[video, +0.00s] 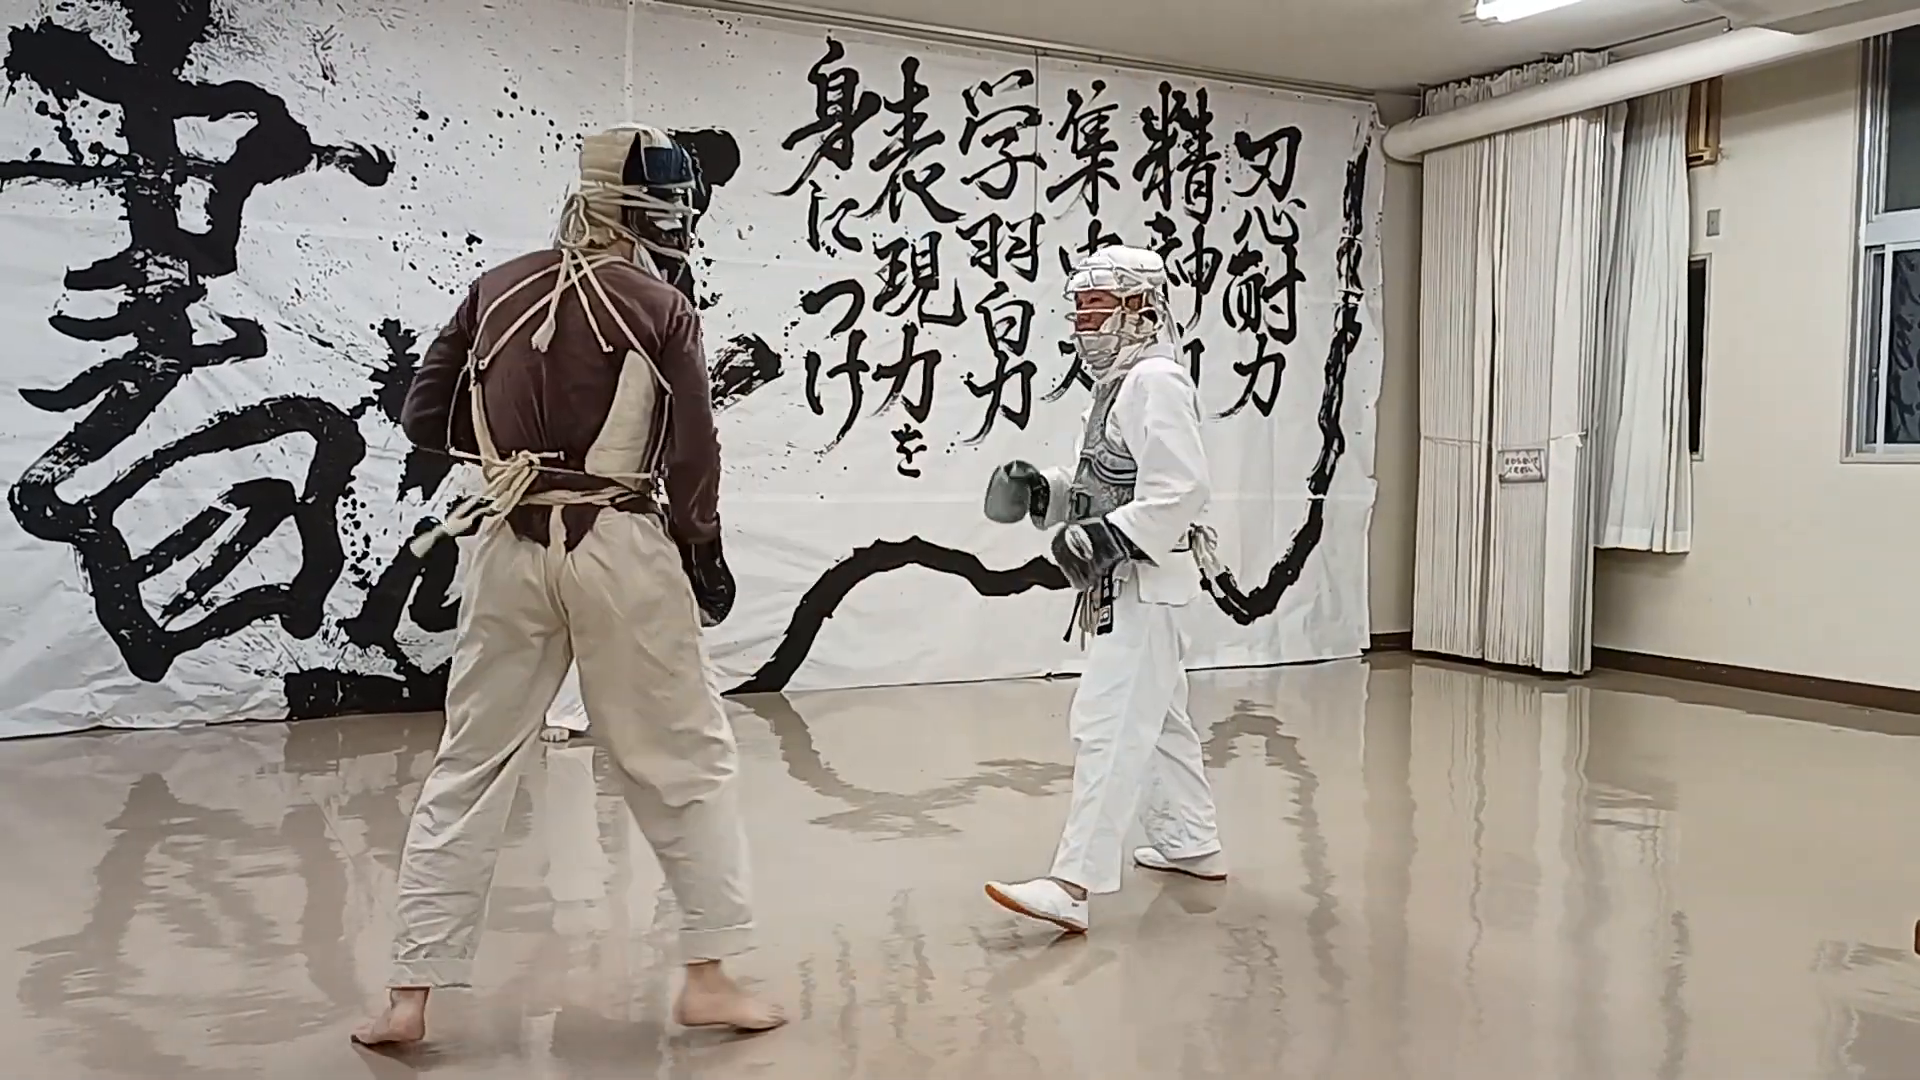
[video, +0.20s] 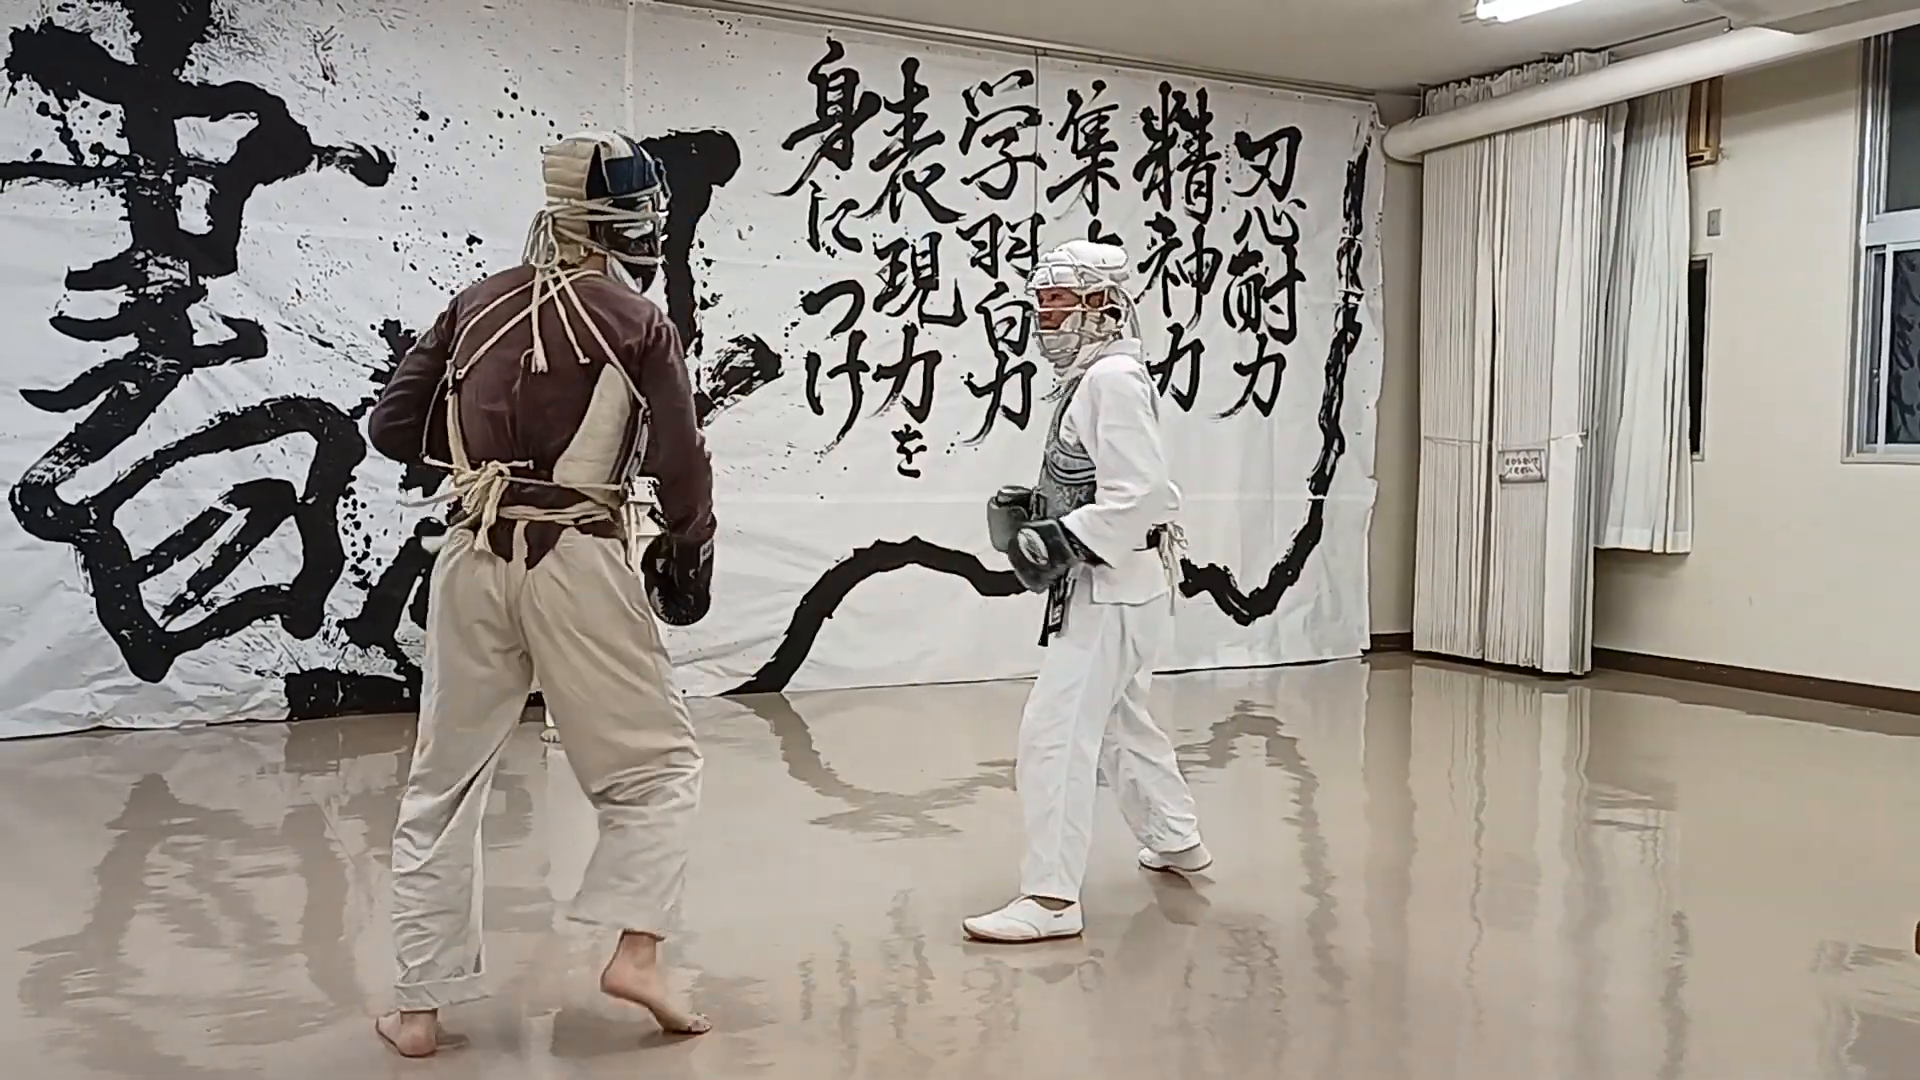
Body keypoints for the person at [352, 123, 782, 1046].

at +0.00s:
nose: (685, 228)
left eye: (684, 211)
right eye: (678, 212)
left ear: (586, 204)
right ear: (652, 214)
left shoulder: (500, 284)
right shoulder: (661, 301)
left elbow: (426, 413)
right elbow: (691, 447)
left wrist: (500, 444)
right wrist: (705, 547)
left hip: (505, 552)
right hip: (623, 553)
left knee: (469, 763)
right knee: (682, 757)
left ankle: (409, 994)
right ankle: (711, 972)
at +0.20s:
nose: (656, 235)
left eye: (653, 219)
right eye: (648, 221)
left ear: (556, 218)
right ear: (622, 225)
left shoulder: (477, 299)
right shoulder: (636, 317)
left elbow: (392, 424)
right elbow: (680, 457)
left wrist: (474, 455)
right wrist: (690, 550)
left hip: (470, 559)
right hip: (581, 562)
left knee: (441, 782)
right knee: (653, 764)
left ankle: (416, 1009)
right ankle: (639, 954)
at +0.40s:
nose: (673, 254)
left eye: (673, 240)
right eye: (667, 241)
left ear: (577, 230)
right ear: (642, 243)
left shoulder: (494, 305)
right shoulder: (644, 333)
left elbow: (434, 430)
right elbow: (662, 471)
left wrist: (508, 463)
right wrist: (701, 534)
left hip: (474, 554)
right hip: (584, 561)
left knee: (451, 764)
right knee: (676, 738)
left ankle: (419, 1000)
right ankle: (723, 936)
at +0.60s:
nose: (702, 284)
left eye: (701, 269)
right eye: (694, 271)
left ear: (614, 266)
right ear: (668, 276)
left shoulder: (538, 336)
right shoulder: (667, 360)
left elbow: (504, 466)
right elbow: (748, 483)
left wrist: (645, 511)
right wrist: (784, 415)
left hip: (508, 578)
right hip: (609, 584)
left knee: (483, 766)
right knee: (682, 753)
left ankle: (446, 945)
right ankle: (733, 935)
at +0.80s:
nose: (631, 296)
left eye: (626, 282)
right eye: (623, 282)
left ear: (538, 285)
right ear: (607, 286)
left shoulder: (481, 364)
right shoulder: (620, 358)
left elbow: (467, 501)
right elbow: (685, 452)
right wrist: (737, 481)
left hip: (489, 601)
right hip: (594, 601)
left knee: (404, 753)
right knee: (677, 760)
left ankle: (305, 914)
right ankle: (739, 936)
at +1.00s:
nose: (481, 281)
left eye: (479, 267)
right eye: (473, 268)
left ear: (397, 271)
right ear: (452, 272)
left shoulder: (347, 357)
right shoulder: (447, 339)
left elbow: (366, 467)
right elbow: (466, 452)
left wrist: (481, 384)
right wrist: (556, 535)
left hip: (376, 583)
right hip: (466, 574)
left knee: (352, 757)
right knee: (585, 731)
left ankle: (262, 938)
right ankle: (684, 917)